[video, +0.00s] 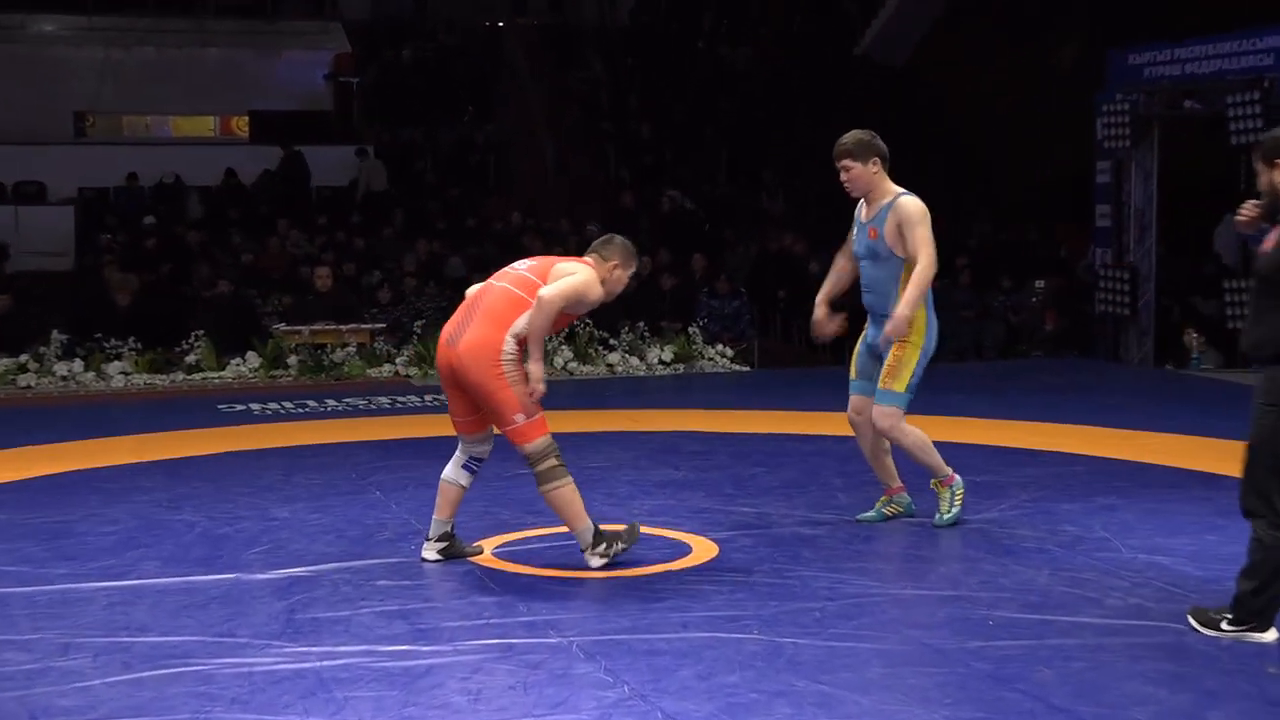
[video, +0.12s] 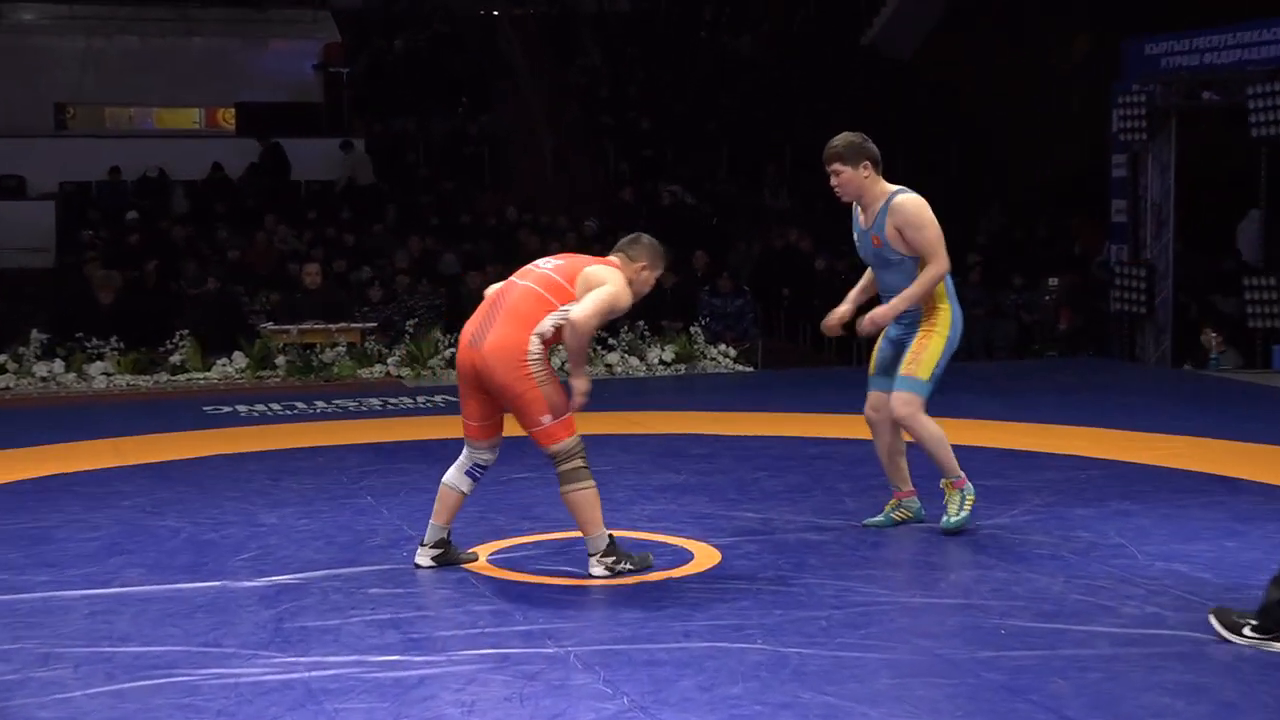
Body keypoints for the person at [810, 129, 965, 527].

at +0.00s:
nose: (843, 178)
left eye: (848, 169)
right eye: (840, 171)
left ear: (875, 166)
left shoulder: (908, 208)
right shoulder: (862, 209)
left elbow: (927, 262)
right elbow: (848, 259)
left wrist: (902, 314)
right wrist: (822, 300)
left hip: (910, 325)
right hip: (875, 325)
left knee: (887, 420)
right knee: (859, 414)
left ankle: (948, 481)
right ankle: (895, 494)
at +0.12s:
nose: (832, 183)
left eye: (837, 174)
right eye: (830, 176)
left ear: (865, 169)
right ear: (858, 172)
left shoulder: (907, 207)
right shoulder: (860, 209)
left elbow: (940, 264)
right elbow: (881, 265)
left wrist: (892, 308)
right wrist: (849, 303)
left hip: (934, 315)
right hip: (898, 317)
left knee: (906, 407)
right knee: (877, 409)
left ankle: (959, 487)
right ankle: (905, 499)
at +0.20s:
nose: (831, 190)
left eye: (835, 180)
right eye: (828, 182)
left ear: (863, 174)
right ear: (851, 178)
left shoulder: (905, 209)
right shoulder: (860, 211)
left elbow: (953, 257)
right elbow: (882, 257)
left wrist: (905, 287)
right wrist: (880, 291)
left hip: (951, 313)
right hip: (912, 318)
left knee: (925, 405)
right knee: (893, 409)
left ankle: (968, 498)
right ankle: (912, 503)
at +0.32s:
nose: (836, 205)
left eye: (841, 195)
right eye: (832, 197)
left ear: (870, 187)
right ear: (860, 192)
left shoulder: (914, 219)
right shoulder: (869, 222)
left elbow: (974, 256)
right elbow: (904, 258)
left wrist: (929, 293)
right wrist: (888, 289)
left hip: (973, 314)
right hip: (934, 318)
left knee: (957, 412)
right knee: (910, 412)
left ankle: (996, 517)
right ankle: (923, 510)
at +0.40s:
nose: (843, 215)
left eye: (848, 206)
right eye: (839, 208)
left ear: (878, 196)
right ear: (869, 200)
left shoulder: (924, 230)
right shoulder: (881, 227)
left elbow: (985, 265)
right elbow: (913, 257)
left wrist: (935, 300)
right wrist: (895, 288)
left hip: (993, 312)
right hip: (953, 315)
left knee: (976, 416)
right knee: (926, 413)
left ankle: (1008, 524)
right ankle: (930, 514)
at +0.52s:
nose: (856, 238)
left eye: (860, 228)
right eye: (852, 230)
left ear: (891, 217)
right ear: (888, 218)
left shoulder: (942, 249)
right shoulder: (903, 231)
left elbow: (997, 301)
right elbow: (926, 261)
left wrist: (933, 312)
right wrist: (904, 286)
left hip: (1026, 313)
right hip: (986, 314)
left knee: (1002, 422)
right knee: (951, 411)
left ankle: (1023, 534)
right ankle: (954, 514)